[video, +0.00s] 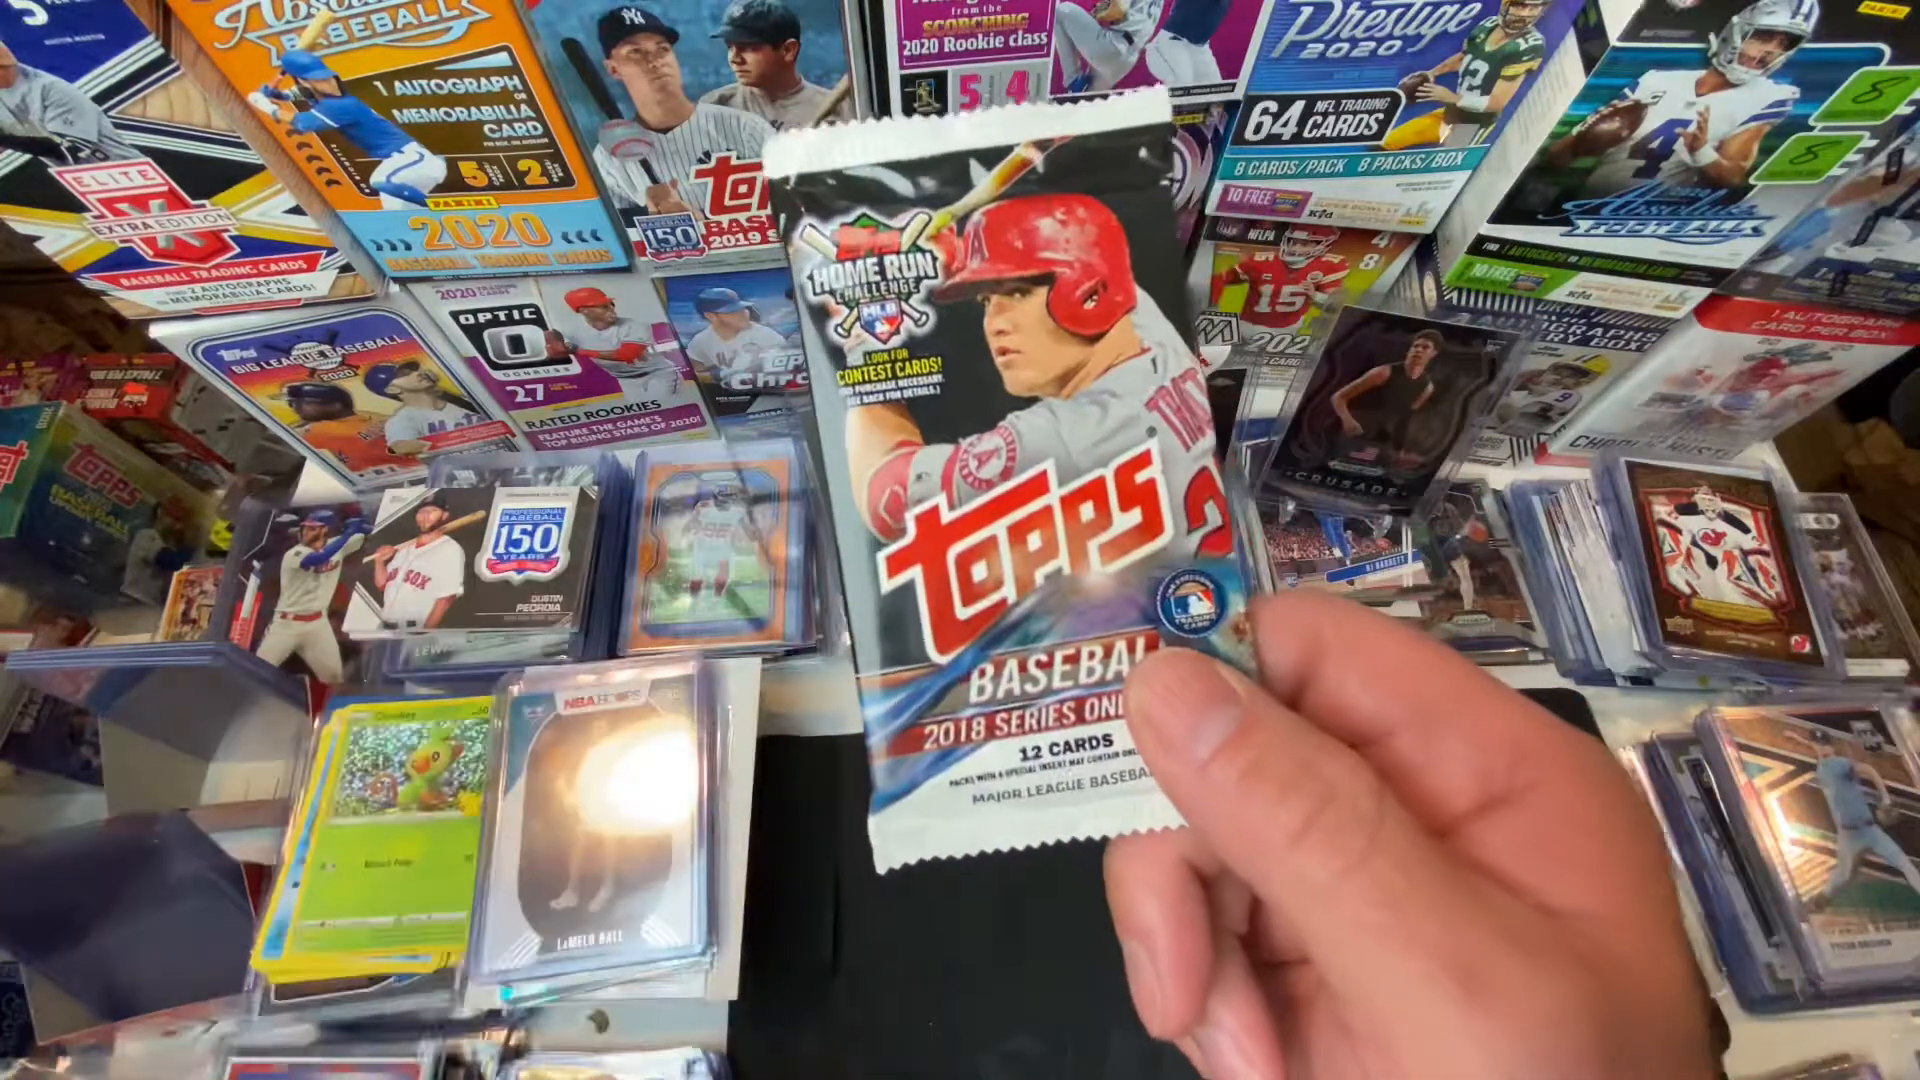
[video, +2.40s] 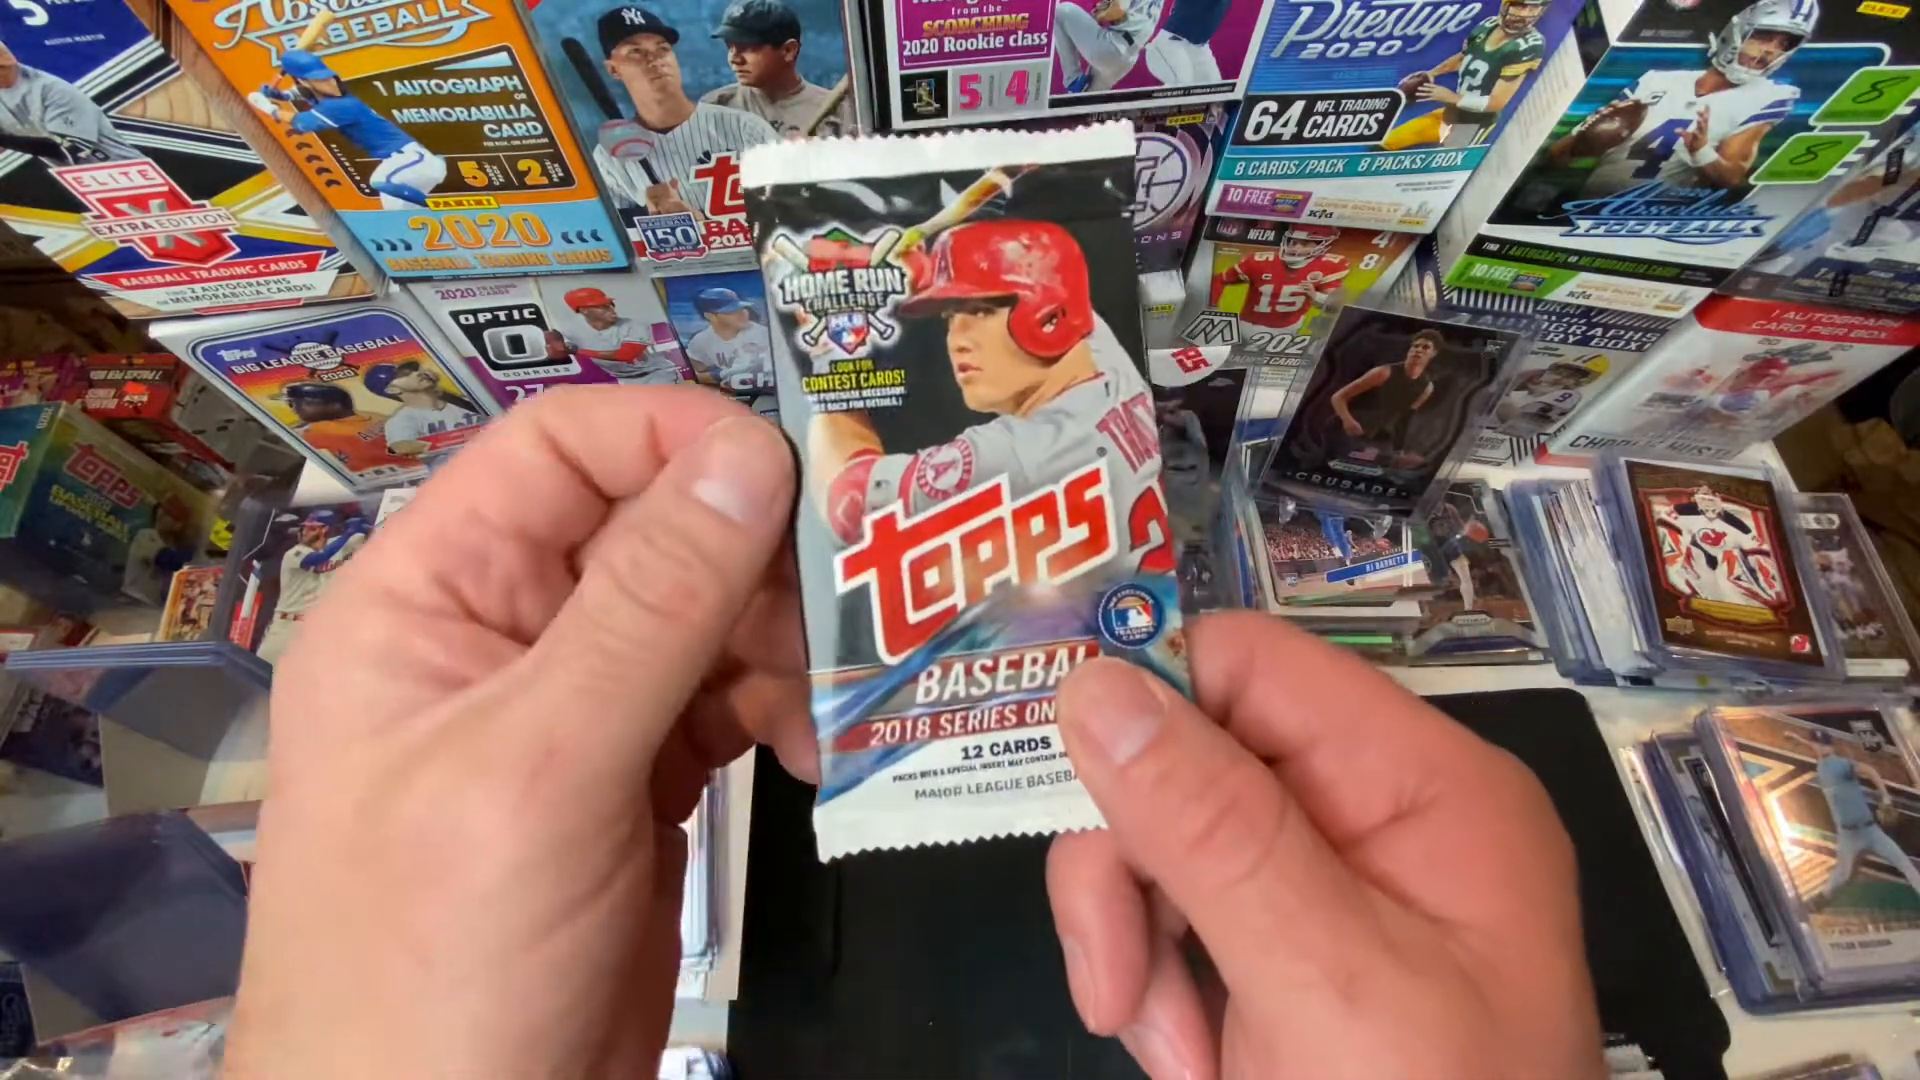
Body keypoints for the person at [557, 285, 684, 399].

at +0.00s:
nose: (612, 310)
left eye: (611, 306)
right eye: (605, 307)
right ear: (586, 312)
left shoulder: (633, 325)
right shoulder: (578, 336)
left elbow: (628, 354)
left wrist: (584, 354)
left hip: (658, 372)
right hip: (625, 379)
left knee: (656, 405)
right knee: (631, 409)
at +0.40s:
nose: (612, 310)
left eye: (611, 306)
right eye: (605, 307)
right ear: (586, 312)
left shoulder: (632, 326)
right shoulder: (578, 336)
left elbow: (628, 354)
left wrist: (582, 353)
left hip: (658, 372)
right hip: (624, 379)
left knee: (656, 402)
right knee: (630, 407)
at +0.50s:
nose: (612, 310)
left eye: (611, 305)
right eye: (605, 307)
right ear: (586, 312)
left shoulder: (633, 325)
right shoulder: (577, 335)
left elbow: (628, 354)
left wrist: (582, 353)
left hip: (658, 371)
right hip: (624, 377)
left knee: (656, 399)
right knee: (631, 404)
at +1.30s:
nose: (613, 311)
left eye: (611, 306)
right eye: (605, 307)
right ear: (587, 312)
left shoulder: (633, 326)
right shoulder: (578, 336)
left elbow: (628, 355)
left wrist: (583, 353)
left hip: (657, 371)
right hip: (624, 378)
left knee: (657, 397)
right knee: (630, 404)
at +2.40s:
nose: (612, 309)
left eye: (611, 305)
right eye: (604, 307)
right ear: (586, 312)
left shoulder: (633, 326)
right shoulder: (578, 337)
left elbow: (627, 355)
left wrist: (579, 352)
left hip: (659, 374)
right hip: (627, 381)